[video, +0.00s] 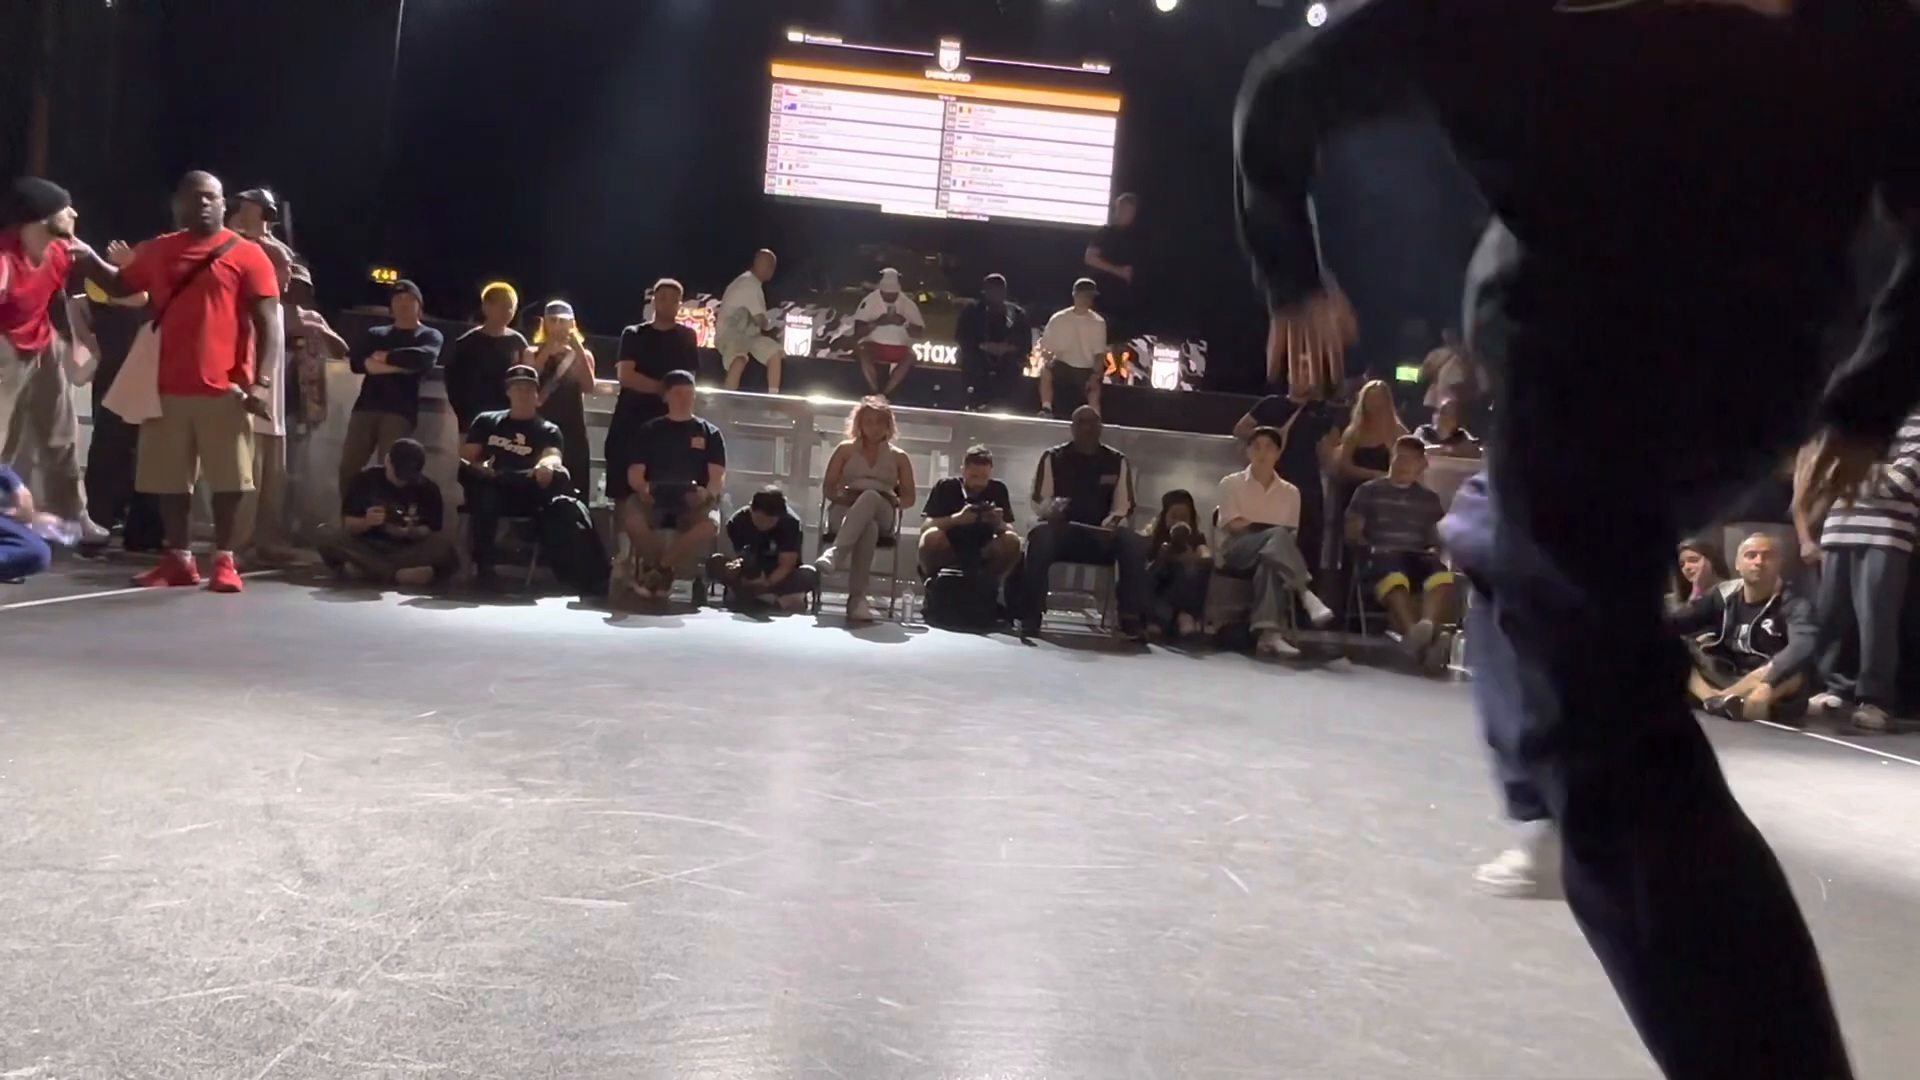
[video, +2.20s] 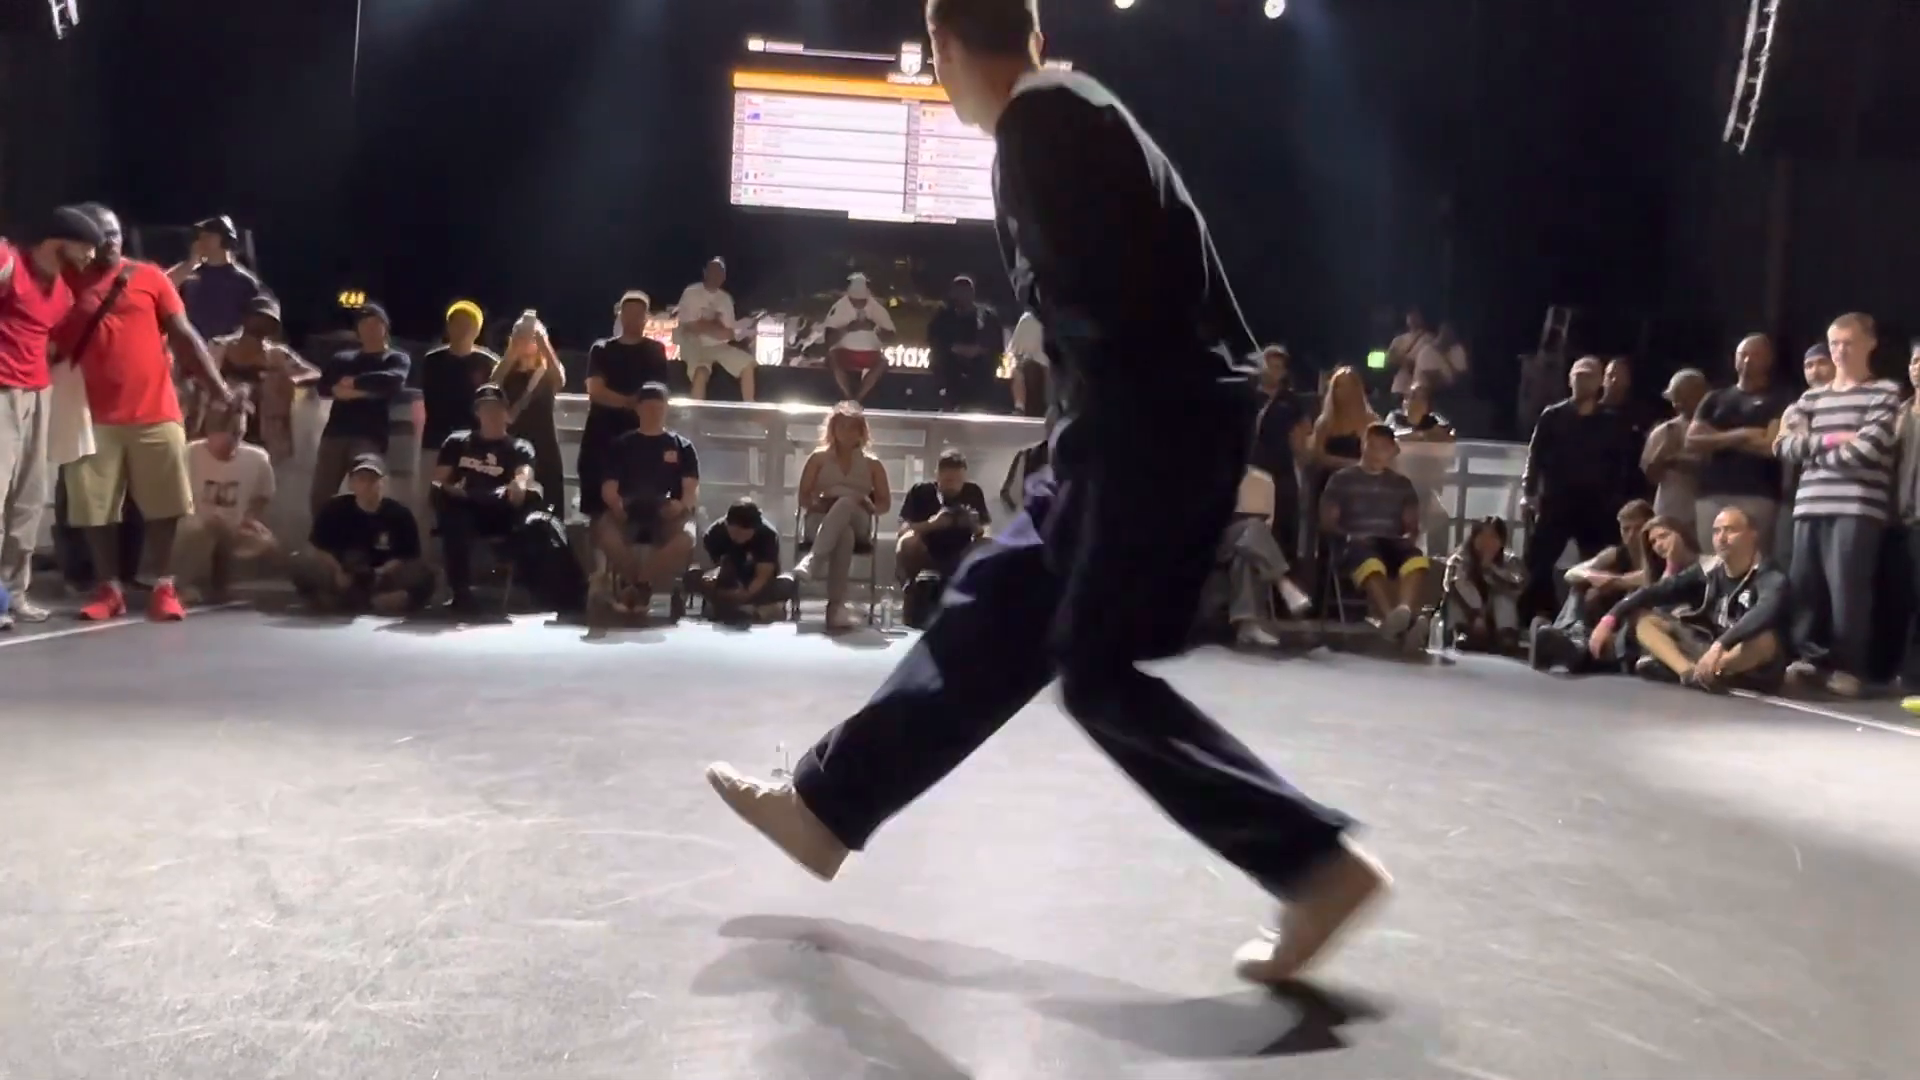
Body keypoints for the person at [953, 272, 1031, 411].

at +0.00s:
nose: (994, 295)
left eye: (998, 290)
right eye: (990, 290)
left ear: (1004, 292)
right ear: (984, 291)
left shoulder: (1017, 314)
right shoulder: (973, 311)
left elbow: (1024, 345)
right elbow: (962, 338)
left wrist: (1006, 349)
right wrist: (983, 347)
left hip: (1007, 377)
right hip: (978, 374)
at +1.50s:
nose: (985, 302)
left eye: (988, 297)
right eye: (981, 297)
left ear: (993, 299)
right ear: (973, 297)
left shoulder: (1001, 320)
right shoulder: (958, 316)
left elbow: (1008, 352)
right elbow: (946, 342)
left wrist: (990, 354)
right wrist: (966, 352)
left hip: (990, 369)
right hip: (964, 368)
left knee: (999, 371)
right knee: (952, 361)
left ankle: (993, 409)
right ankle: (958, 405)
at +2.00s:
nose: (967, 306)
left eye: (971, 302)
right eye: (964, 302)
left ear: (978, 303)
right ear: (958, 303)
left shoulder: (992, 324)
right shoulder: (949, 325)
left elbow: (996, 350)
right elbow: (939, 350)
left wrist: (982, 358)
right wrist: (957, 358)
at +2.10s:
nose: (966, 304)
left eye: (969, 299)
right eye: (962, 300)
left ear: (976, 301)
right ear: (957, 302)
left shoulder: (990, 323)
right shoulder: (948, 322)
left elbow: (996, 353)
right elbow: (936, 347)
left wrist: (981, 358)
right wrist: (956, 357)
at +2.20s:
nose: (962, 298)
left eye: (966, 293)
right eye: (958, 293)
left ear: (973, 294)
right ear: (952, 294)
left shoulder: (987, 317)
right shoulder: (943, 317)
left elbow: (996, 349)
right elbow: (936, 351)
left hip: (981, 385)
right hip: (951, 385)